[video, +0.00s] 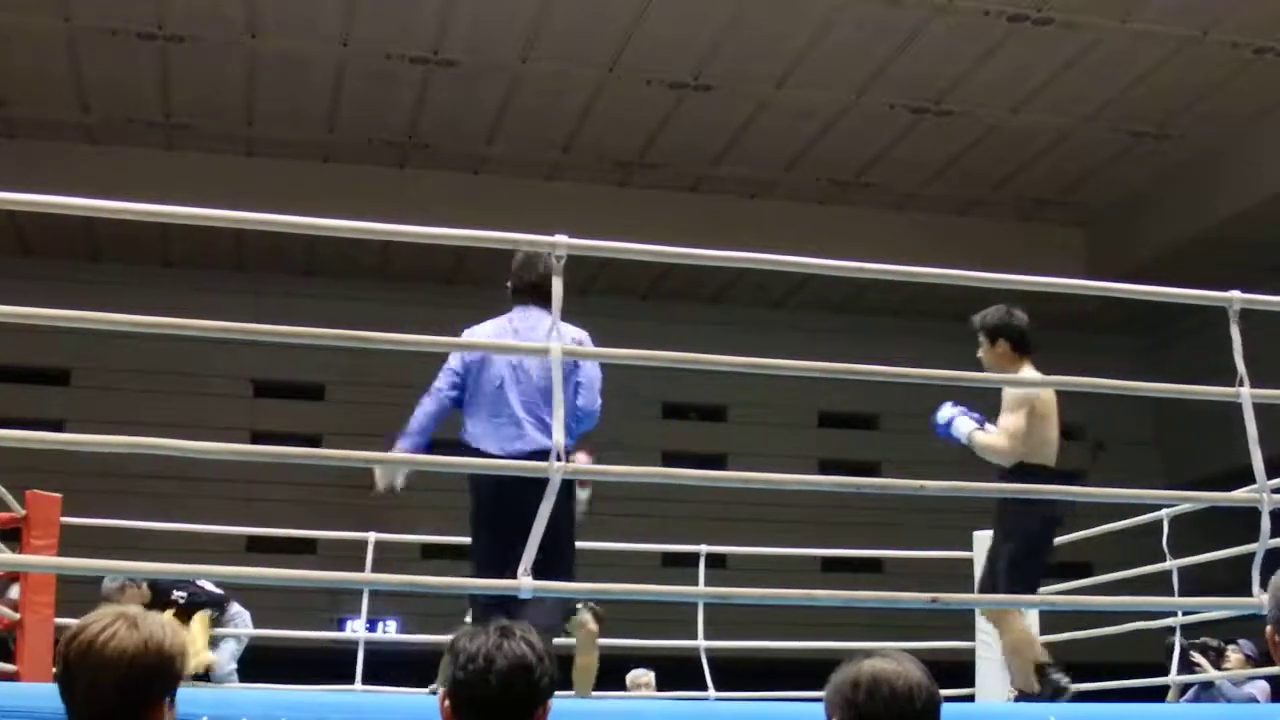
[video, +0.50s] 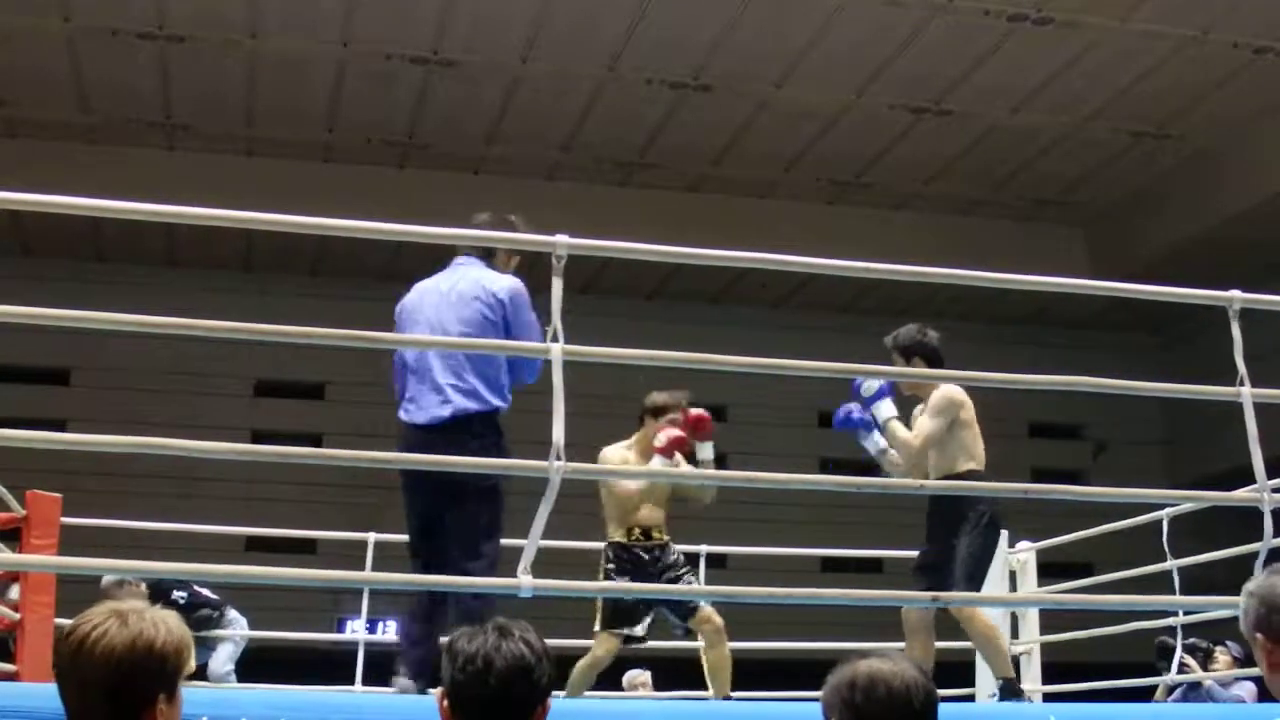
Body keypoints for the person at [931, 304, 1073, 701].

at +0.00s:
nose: (979, 354)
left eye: (982, 345)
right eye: (979, 345)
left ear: (1003, 346)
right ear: (1012, 345)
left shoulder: (1022, 385)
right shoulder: (1034, 383)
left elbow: (1009, 449)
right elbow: (1025, 444)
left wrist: (965, 430)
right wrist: (983, 428)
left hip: (1028, 503)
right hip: (1030, 501)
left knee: (1002, 601)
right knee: (990, 598)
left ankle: (1027, 694)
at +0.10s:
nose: (955, 356)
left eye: (959, 347)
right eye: (956, 347)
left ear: (980, 347)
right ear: (987, 346)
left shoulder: (997, 384)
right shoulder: (1009, 382)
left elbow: (978, 449)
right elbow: (990, 441)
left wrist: (944, 416)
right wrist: (960, 414)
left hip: (1008, 501)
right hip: (1002, 499)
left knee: (989, 601)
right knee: (967, 597)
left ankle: (1024, 698)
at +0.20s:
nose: (936, 367)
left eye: (938, 358)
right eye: (936, 358)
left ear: (958, 358)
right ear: (968, 357)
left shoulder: (976, 395)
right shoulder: (988, 395)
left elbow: (943, 455)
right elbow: (957, 455)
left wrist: (920, 415)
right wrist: (937, 417)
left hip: (992, 505)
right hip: (983, 503)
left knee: (965, 611)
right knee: (942, 608)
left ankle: (1020, 697)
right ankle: (917, 698)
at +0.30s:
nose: (921, 384)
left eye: (924, 375)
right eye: (920, 377)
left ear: (944, 374)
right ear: (950, 375)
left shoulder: (966, 409)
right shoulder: (960, 411)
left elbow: (924, 465)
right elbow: (930, 465)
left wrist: (895, 429)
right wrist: (903, 433)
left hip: (977, 528)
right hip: (956, 527)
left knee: (943, 617)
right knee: (909, 613)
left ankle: (1014, 696)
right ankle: (914, 704)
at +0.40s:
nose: (908, 382)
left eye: (910, 374)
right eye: (907, 376)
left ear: (928, 373)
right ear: (937, 373)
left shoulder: (954, 405)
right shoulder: (946, 410)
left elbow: (916, 461)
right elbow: (931, 476)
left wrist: (879, 421)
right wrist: (881, 468)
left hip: (971, 520)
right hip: (947, 521)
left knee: (946, 613)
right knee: (903, 612)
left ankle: (1013, 694)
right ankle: (917, 703)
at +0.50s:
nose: (892, 373)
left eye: (896, 364)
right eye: (892, 366)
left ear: (916, 362)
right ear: (917, 363)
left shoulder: (949, 396)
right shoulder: (920, 412)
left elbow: (914, 451)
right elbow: (910, 469)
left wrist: (883, 408)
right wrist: (871, 440)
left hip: (974, 507)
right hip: (943, 510)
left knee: (960, 600)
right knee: (916, 608)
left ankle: (1013, 694)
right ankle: (920, 700)